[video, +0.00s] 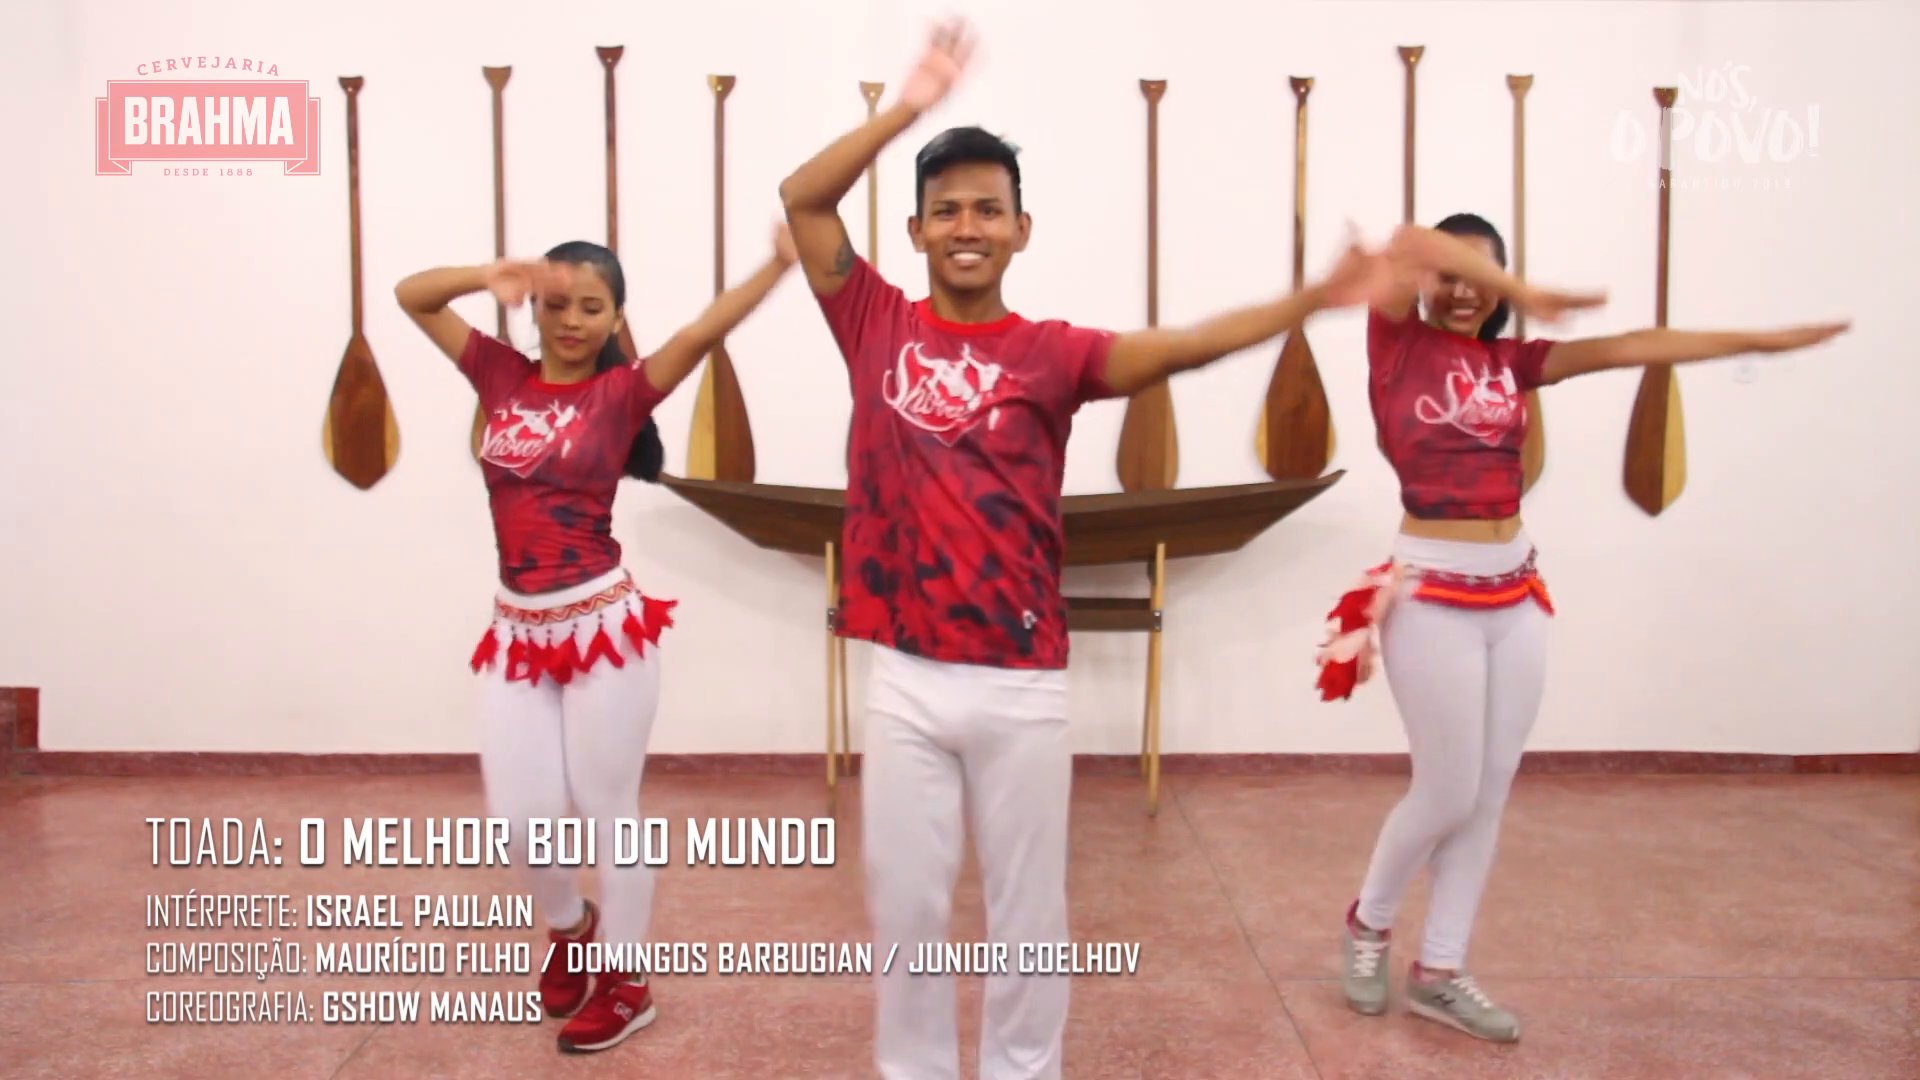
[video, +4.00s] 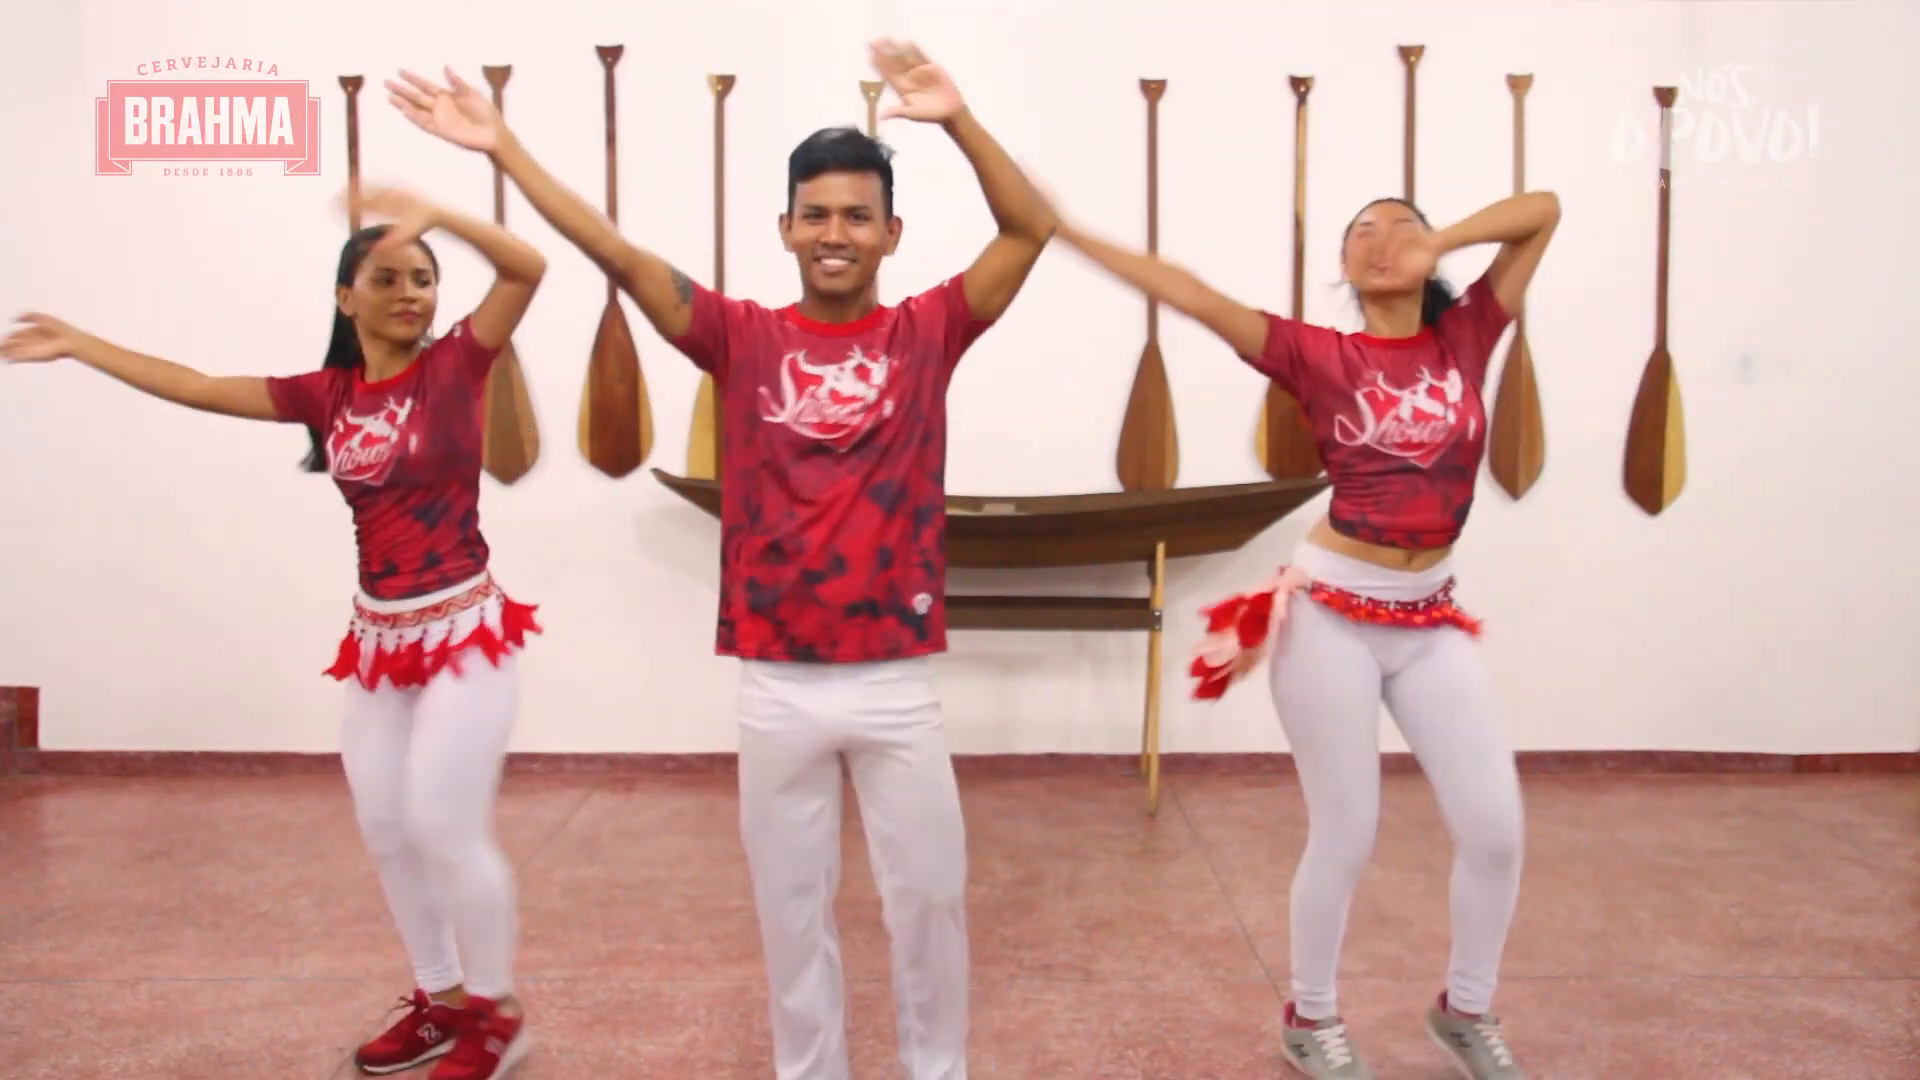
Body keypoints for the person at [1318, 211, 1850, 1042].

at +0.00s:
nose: (1470, 291)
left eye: (1482, 278)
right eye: (1455, 272)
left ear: (1498, 296)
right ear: (1422, 275)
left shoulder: (1513, 359)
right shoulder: (1395, 344)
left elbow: (1633, 346)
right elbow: (1416, 247)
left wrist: (1757, 340)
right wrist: (1522, 288)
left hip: (1514, 595)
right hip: (1430, 595)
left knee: (1485, 797)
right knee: (1445, 792)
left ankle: (1437, 972)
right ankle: (1368, 925)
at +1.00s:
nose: (1402, 251)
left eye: (1415, 243)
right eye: (1381, 244)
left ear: (1440, 274)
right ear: (1356, 278)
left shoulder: (1460, 356)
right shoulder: (1337, 350)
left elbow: (1530, 238)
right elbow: (1255, 269)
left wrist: (1462, 235)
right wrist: (1168, 181)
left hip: (1416, 627)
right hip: (1326, 615)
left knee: (1514, 821)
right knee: (1352, 840)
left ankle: (1417, 954)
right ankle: (1331, 1051)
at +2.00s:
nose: (1544, 250)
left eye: (1568, 240)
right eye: (1528, 233)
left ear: (1593, 270)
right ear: (1496, 252)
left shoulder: (1580, 360)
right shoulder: (1460, 324)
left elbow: (1669, 253)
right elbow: (1447, 178)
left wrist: (1768, 128)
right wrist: (1487, 44)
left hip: (1536, 628)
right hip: (1425, 628)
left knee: (1564, 891)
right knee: (1401, 878)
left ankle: (1593, 1074)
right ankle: (1384, 1054)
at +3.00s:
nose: (1533, 213)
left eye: (1560, 197)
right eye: (1533, 203)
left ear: (1621, 225)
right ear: (1538, 236)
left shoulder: (1676, 329)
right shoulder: (1515, 328)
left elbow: (1746, 148)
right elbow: (1442, 188)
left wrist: (1799, 13)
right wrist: (1535, 69)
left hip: (1642, 640)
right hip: (1510, 626)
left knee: (1623, 911)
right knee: (1421, 856)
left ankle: (1595, 1075)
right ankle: (1434, 1031)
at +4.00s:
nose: (1381, 234)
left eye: (1400, 226)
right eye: (1363, 229)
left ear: (1431, 262)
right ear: (1345, 267)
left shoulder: (1465, 340)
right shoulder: (1321, 354)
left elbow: (1541, 212)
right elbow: (1190, 294)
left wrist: (1441, 240)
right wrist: (1071, 232)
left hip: (1428, 620)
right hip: (1329, 615)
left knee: (1495, 826)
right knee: (1346, 828)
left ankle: (1468, 1011)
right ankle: (1312, 1019)